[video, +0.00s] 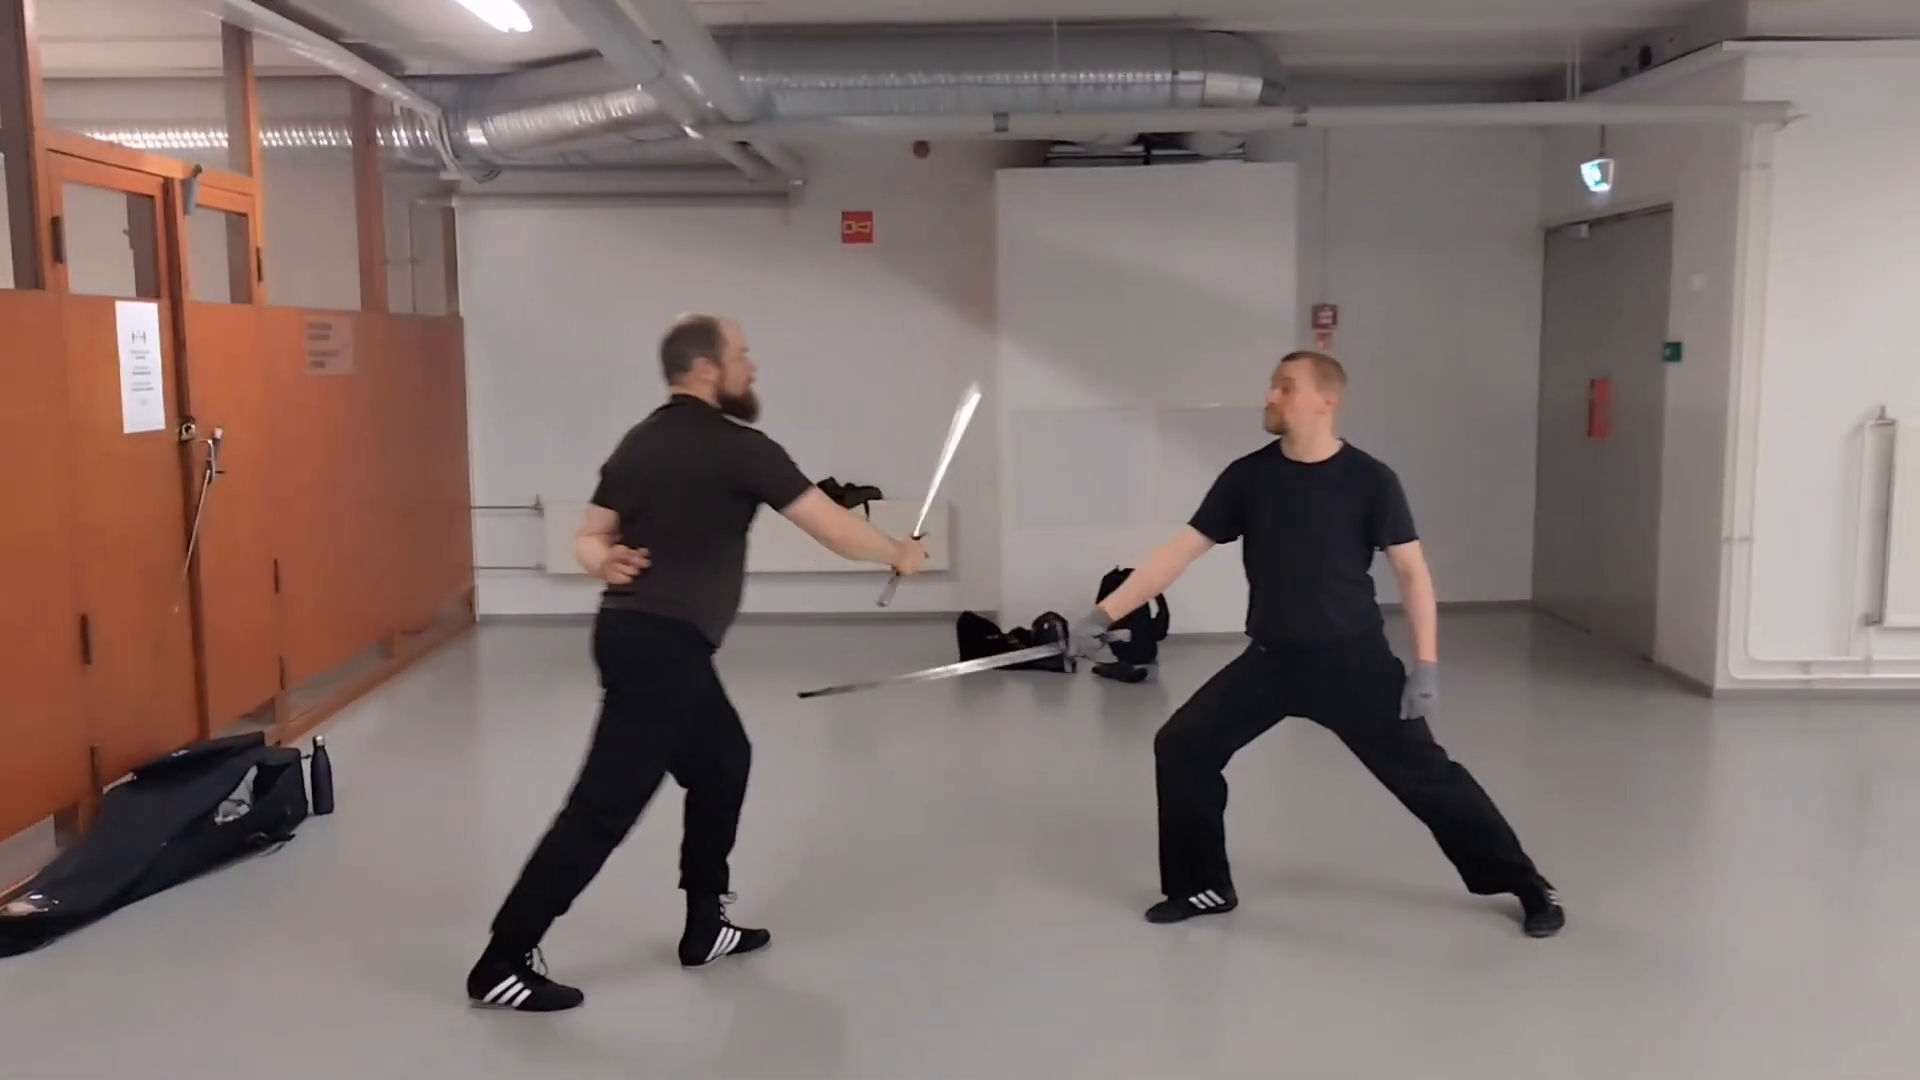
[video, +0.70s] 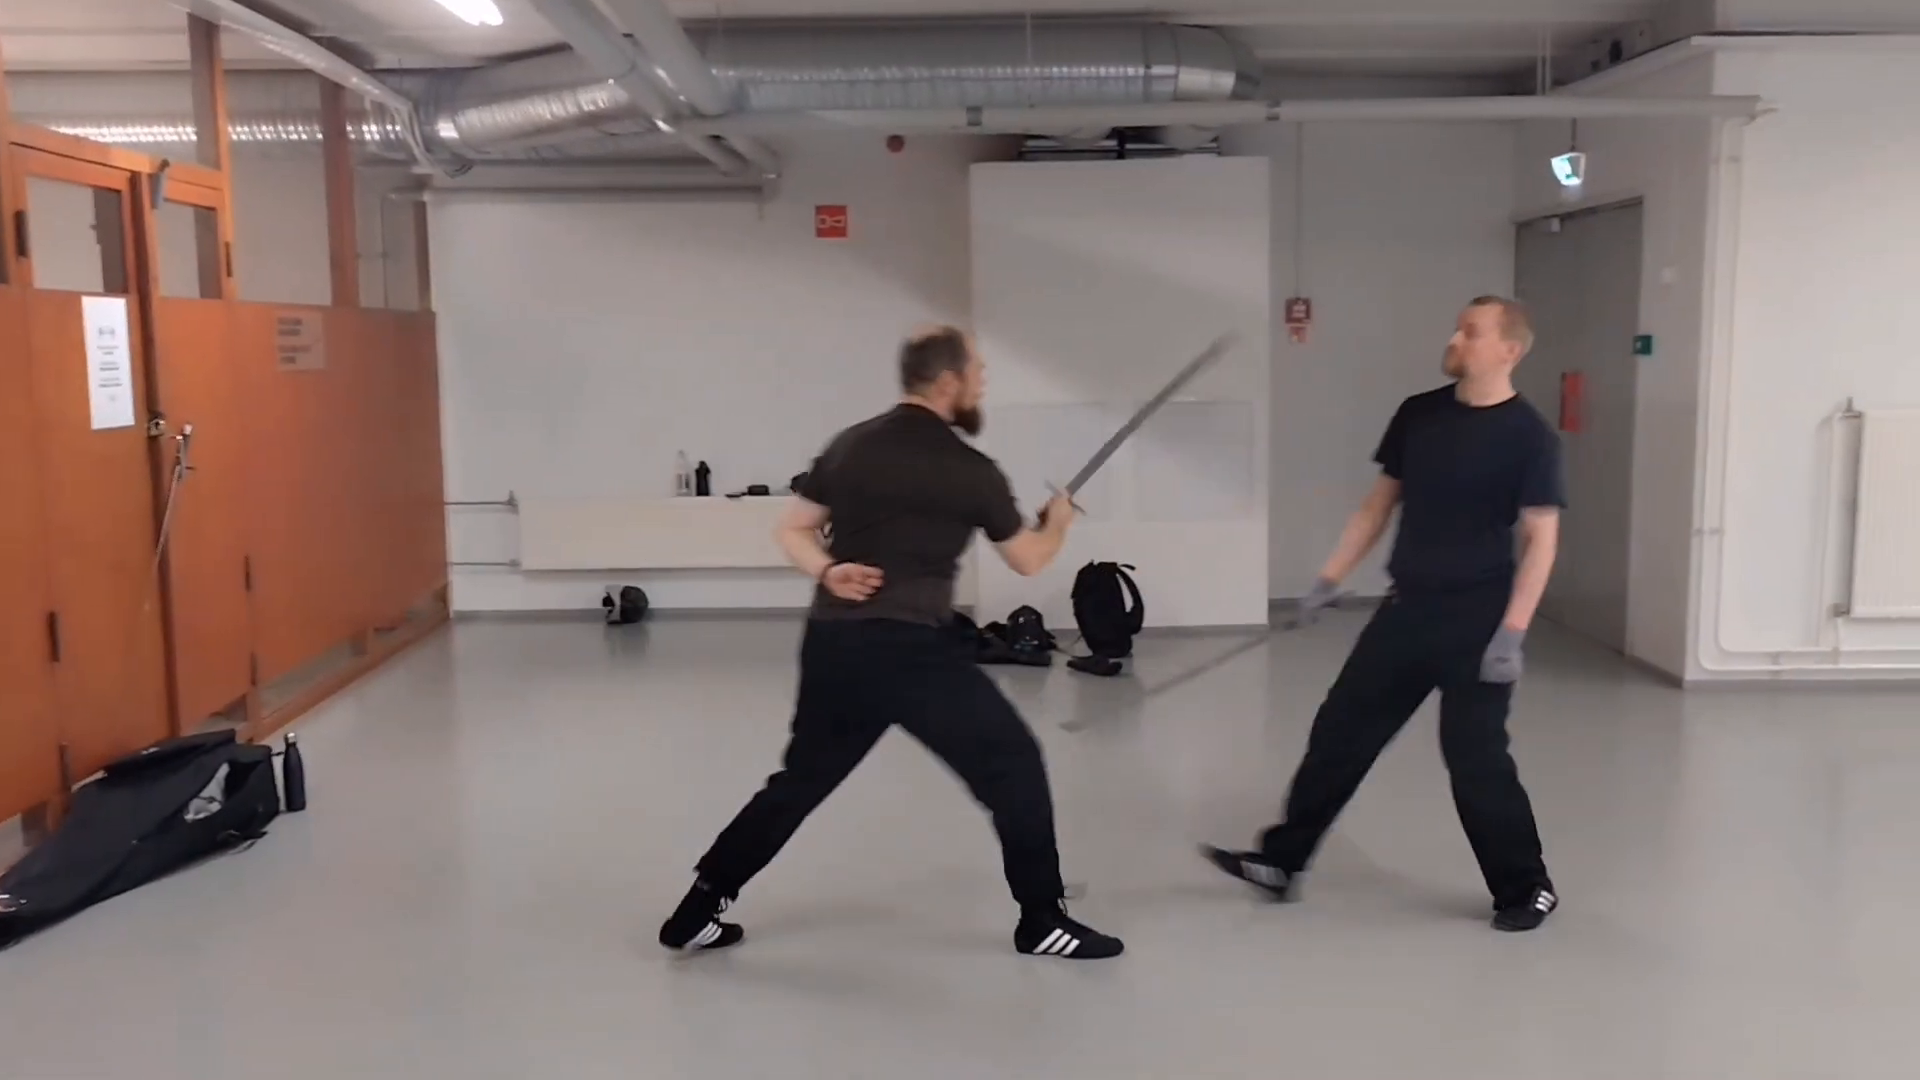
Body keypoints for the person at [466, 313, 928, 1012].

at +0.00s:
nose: (754, 368)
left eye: (749, 355)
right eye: (743, 357)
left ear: (686, 374)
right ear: (705, 371)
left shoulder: (643, 441)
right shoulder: (740, 446)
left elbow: (590, 540)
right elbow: (837, 530)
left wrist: (607, 559)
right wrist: (896, 553)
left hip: (630, 632)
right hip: (666, 643)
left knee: (722, 760)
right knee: (602, 808)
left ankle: (705, 927)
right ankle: (501, 965)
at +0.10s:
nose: (787, 367)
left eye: (782, 355)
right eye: (777, 357)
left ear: (722, 374)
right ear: (741, 370)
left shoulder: (670, 439)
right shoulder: (770, 452)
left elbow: (623, 534)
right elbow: (855, 550)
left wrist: (639, 556)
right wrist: (910, 545)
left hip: (659, 629)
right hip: (701, 638)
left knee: (744, 761)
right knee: (680, 798)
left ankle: (715, 924)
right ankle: (540, 934)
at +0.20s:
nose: (818, 366)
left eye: (814, 353)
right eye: (809, 355)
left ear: (752, 370)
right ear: (776, 368)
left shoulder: (693, 433)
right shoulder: (801, 453)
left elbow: (644, 519)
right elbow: (872, 544)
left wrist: (657, 549)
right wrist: (929, 526)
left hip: (672, 624)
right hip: (728, 630)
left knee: (734, 777)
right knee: (767, 796)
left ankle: (718, 925)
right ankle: (629, 915)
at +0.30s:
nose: (847, 366)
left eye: (844, 354)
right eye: (839, 355)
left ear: (780, 366)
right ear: (807, 365)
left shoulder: (715, 426)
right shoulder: (825, 450)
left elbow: (661, 508)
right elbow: (895, 533)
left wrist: (679, 544)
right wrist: (957, 513)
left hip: (688, 622)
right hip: (752, 628)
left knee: (743, 771)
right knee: (833, 774)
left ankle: (713, 924)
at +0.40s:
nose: (872, 369)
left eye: (870, 357)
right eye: (866, 357)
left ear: (806, 366)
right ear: (834, 365)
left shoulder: (737, 424)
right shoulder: (849, 449)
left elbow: (678, 503)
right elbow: (923, 527)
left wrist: (701, 543)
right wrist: (987, 507)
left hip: (714, 628)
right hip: (782, 629)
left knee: (749, 773)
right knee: (879, 756)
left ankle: (707, 923)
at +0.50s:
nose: (901, 372)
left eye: (899, 360)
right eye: (894, 361)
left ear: (835, 370)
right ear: (861, 369)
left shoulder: (766, 429)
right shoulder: (880, 453)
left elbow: (706, 509)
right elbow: (951, 532)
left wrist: (735, 549)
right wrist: (1011, 505)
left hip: (746, 631)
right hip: (815, 633)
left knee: (763, 771)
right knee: (913, 757)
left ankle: (700, 920)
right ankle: (1003, 902)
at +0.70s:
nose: (982, 383)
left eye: (978, 371)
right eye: (976, 372)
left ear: (912, 381)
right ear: (952, 381)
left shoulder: (853, 446)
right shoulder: (967, 468)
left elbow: (791, 529)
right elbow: (1027, 557)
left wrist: (826, 568)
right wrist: (1058, 522)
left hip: (834, 646)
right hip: (913, 649)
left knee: (802, 779)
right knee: (1013, 762)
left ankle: (696, 909)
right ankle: (1042, 920)